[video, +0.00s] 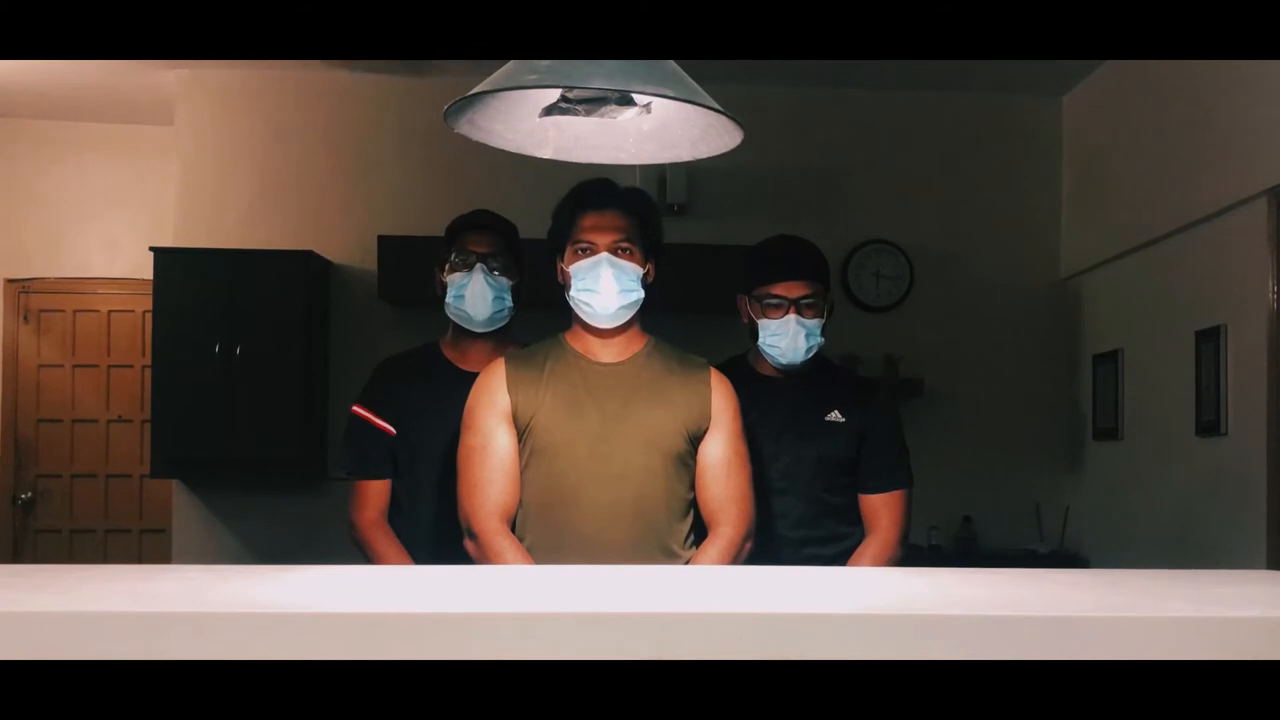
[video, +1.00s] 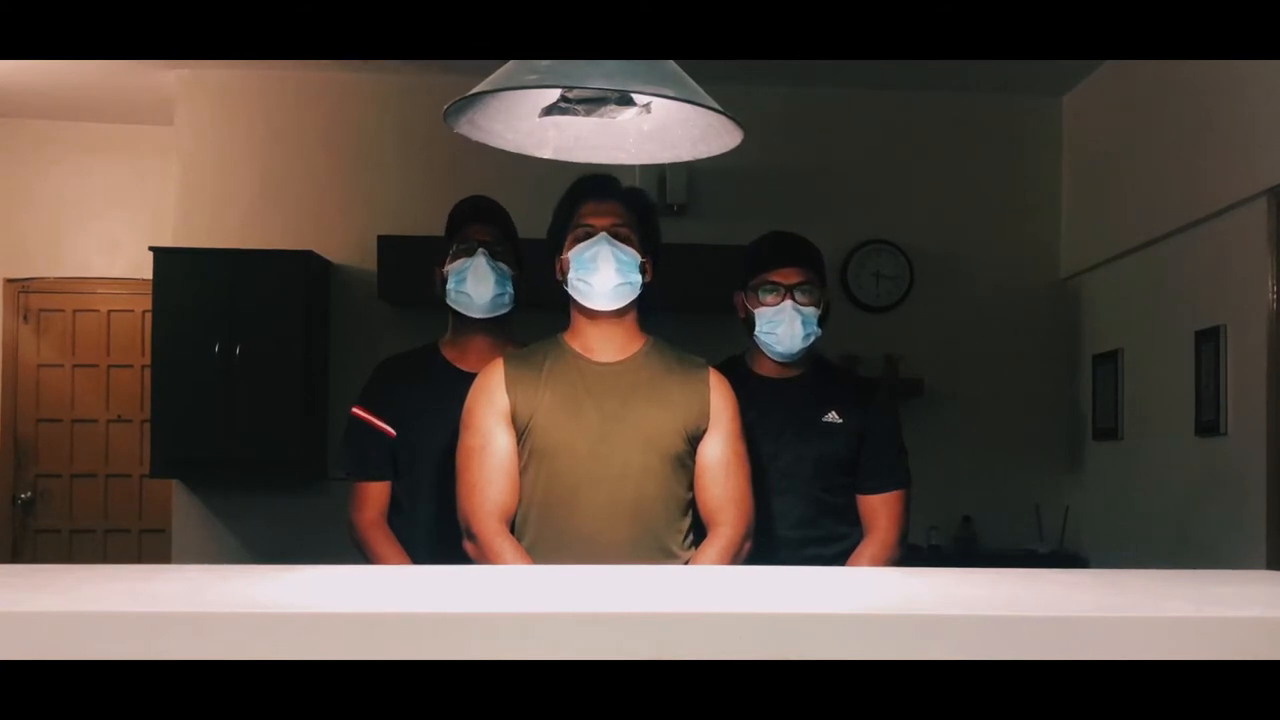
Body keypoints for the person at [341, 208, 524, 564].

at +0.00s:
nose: (478, 278)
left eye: (496, 266)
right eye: (463, 262)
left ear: (516, 280)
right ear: (442, 276)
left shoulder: (541, 381)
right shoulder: (397, 379)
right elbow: (368, 519)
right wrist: (422, 600)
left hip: (517, 594)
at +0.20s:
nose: (480, 274)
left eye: (498, 261)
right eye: (464, 259)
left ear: (516, 276)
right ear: (443, 274)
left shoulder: (541, 381)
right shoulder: (397, 379)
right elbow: (368, 520)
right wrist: (422, 600)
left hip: (518, 594)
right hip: (426, 593)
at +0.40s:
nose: (481, 271)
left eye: (498, 260)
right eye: (465, 257)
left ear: (516, 276)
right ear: (443, 273)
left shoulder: (541, 380)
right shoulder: (397, 378)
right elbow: (368, 520)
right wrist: (422, 599)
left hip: (517, 593)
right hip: (426, 591)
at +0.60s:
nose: (480, 270)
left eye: (498, 258)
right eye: (465, 256)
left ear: (516, 274)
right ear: (442, 273)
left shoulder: (541, 381)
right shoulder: (397, 379)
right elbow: (368, 520)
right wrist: (421, 599)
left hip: (518, 594)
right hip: (426, 592)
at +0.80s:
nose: (480, 265)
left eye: (496, 254)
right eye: (465, 252)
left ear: (515, 271)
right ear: (443, 271)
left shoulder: (542, 381)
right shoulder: (397, 379)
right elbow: (368, 519)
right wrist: (421, 599)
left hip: (519, 594)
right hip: (426, 592)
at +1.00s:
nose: (480, 263)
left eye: (496, 252)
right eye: (464, 251)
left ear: (515, 270)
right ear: (442, 270)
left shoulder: (542, 380)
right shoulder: (397, 379)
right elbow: (368, 519)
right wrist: (421, 598)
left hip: (518, 594)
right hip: (426, 592)